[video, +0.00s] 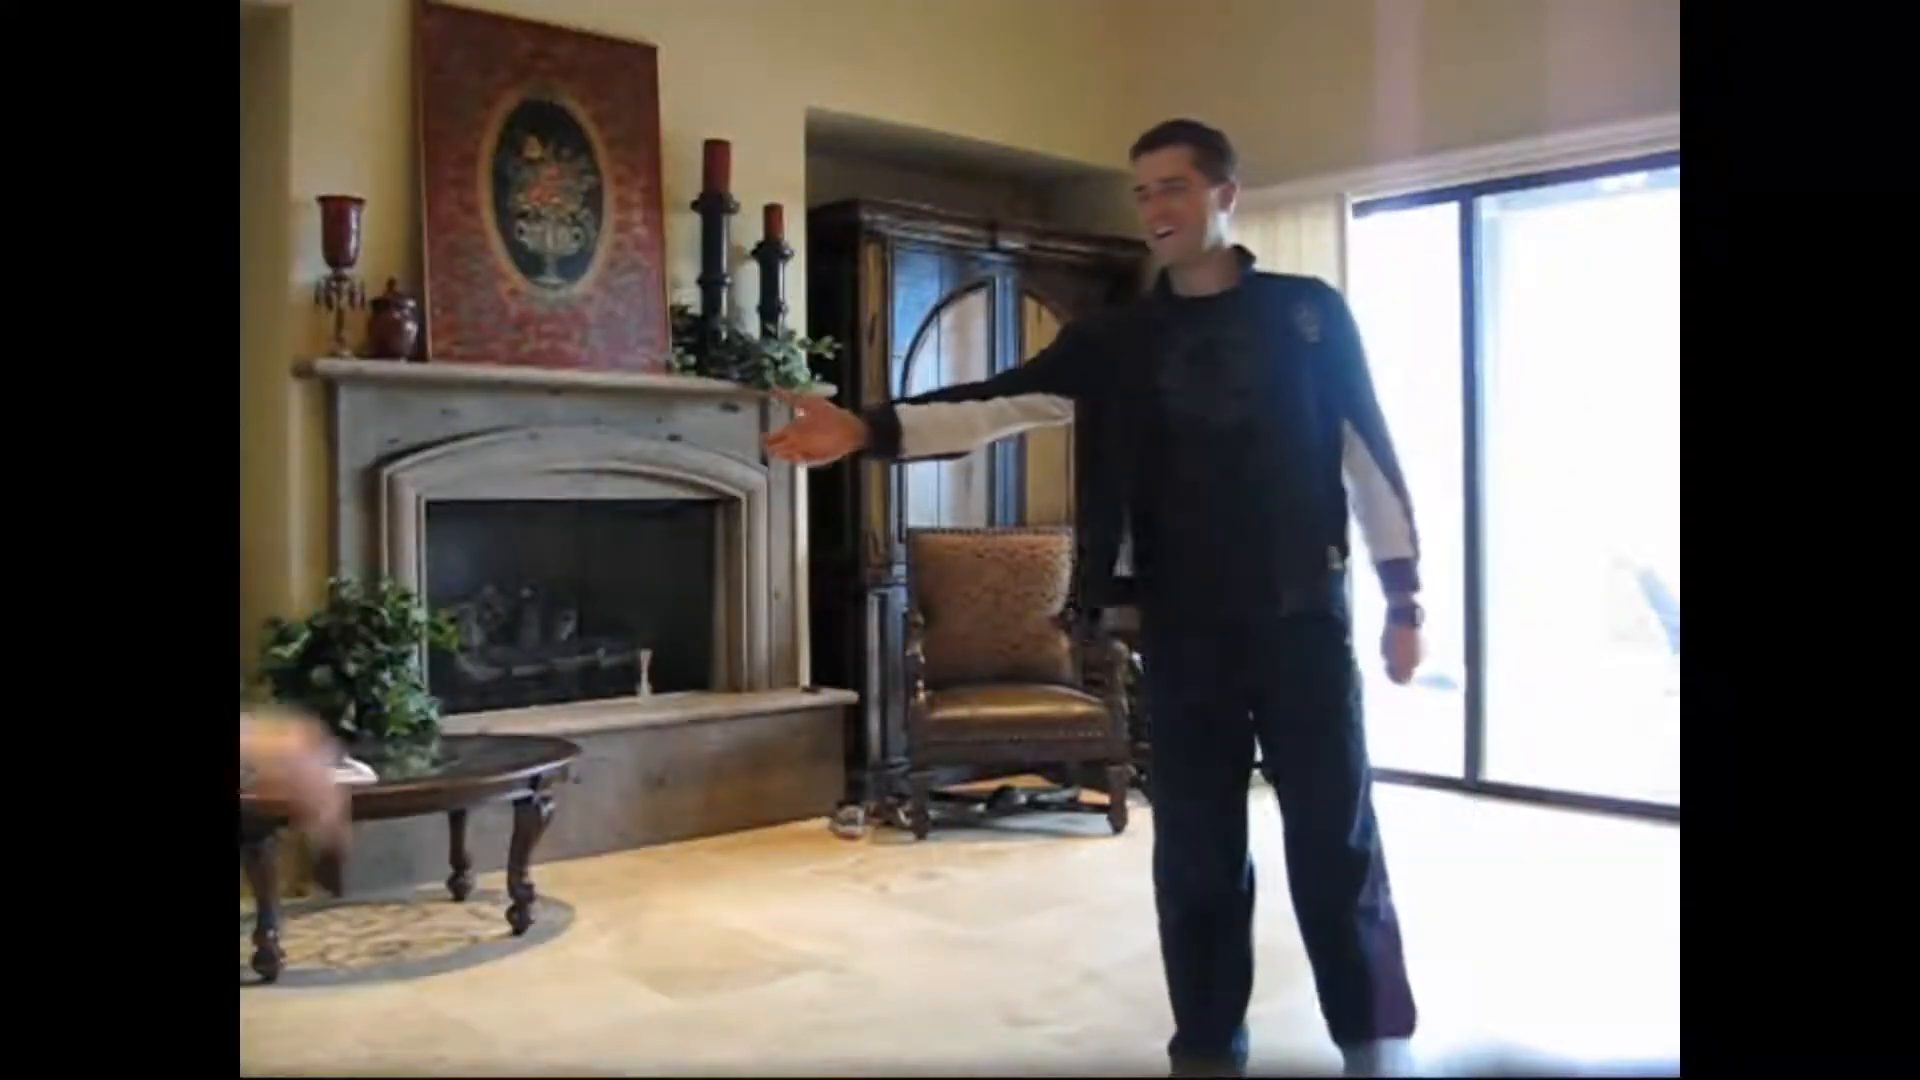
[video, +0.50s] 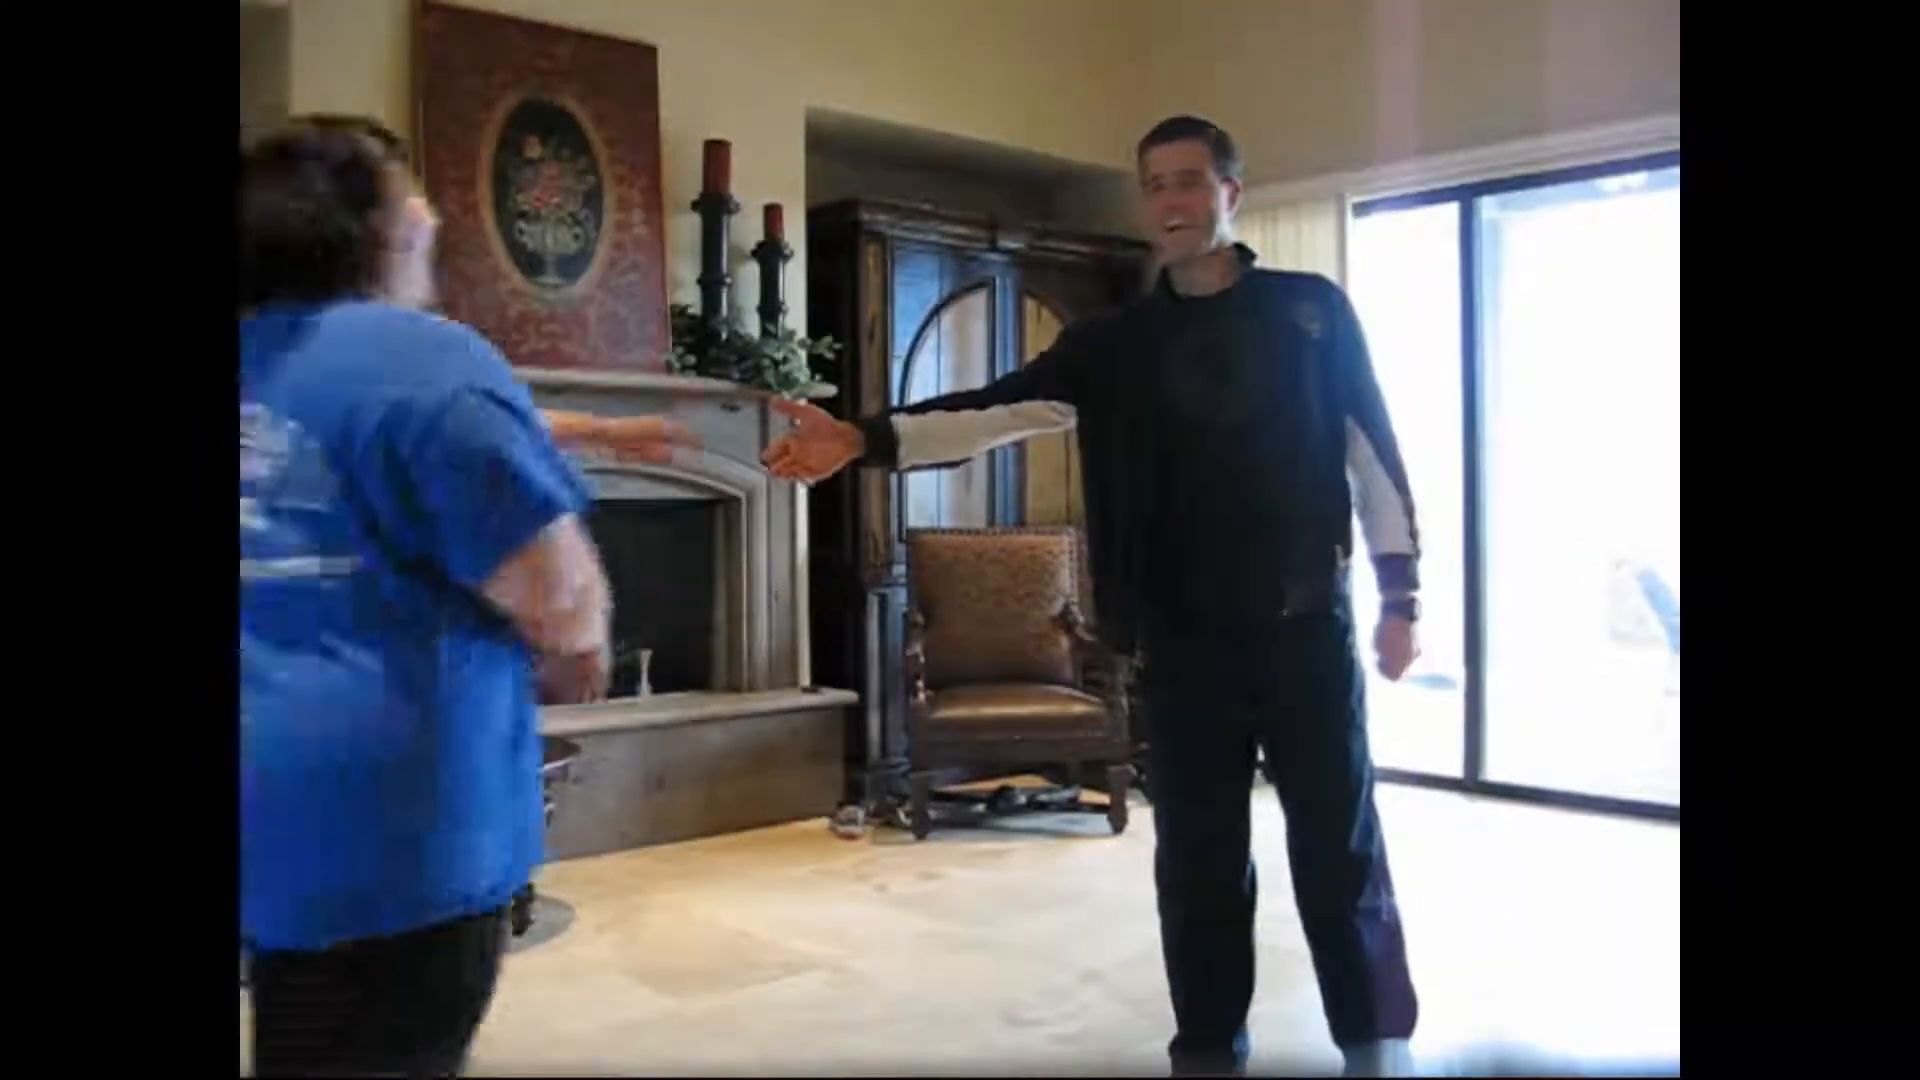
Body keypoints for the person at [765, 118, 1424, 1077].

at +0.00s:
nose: (1153, 209)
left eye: (1171, 189)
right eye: (1142, 195)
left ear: (1226, 194)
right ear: (1137, 209)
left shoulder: (1308, 311)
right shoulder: (1115, 337)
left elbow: (1370, 459)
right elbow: (993, 405)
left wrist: (1402, 598)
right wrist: (866, 429)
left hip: (1303, 627)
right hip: (1185, 633)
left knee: (1337, 851)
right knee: (1196, 862)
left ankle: (1374, 1050)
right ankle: (1206, 1055)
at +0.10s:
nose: (1151, 209)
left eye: (1170, 189)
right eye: (1140, 194)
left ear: (1223, 194)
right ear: (1133, 209)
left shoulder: (1307, 310)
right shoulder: (1113, 338)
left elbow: (1370, 457)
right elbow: (990, 404)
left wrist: (1406, 595)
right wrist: (864, 427)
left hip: (1304, 628)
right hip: (1184, 635)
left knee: (1339, 852)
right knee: (1197, 862)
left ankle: (1373, 1050)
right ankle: (1206, 1055)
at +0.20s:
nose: (1151, 208)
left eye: (1170, 188)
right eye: (1140, 194)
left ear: (1223, 194)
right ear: (1133, 209)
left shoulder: (1307, 309)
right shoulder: (1112, 339)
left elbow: (1372, 457)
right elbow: (992, 406)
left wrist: (1406, 595)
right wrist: (863, 430)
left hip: (1303, 630)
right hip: (1183, 639)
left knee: (1339, 853)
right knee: (1197, 863)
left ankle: (1373, 1051)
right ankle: (1206, 1055)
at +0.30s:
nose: (1151, 208)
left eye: (1170, 188)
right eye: (1139, 194)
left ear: (1223, 194)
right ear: (1132, 209)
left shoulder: (1308, 309)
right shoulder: (1109, 340)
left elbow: (1372, 457)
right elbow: (991, 411)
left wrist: (1402, 595)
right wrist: (861, 435)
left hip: (1303, 631)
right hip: (1182, 642)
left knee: (1338, 852)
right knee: (1197, 863)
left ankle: (1373, 1050)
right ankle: (1206, 1054)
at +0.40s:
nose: (1152, 208)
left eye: (1171, 187)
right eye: (1140, 192)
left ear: (1227, 194)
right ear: (1134, 208)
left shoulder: (1309, 309)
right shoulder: (1111, 342)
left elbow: (1372, 455)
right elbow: (989, 412)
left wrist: (1399, 594)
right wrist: (860, 438)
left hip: (1304, 636)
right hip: (1182, 647)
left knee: (1338, 859)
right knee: (1198, 869)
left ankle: (1374, 1053)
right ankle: (1207, 1056)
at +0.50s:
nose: (1172, 201)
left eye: (1191, 181)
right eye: (1156, 186)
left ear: (1233, 193)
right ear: (1141, 206)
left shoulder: (1310, 308)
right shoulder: (1110, 342)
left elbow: (1373, 454)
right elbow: (990, 415)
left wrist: (1398, 595)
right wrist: (861, 438)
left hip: (1306, 635)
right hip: (1183, 646)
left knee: (1339, 858)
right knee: (1199, 867)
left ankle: (1373, 1053)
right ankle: (1207, 1055)